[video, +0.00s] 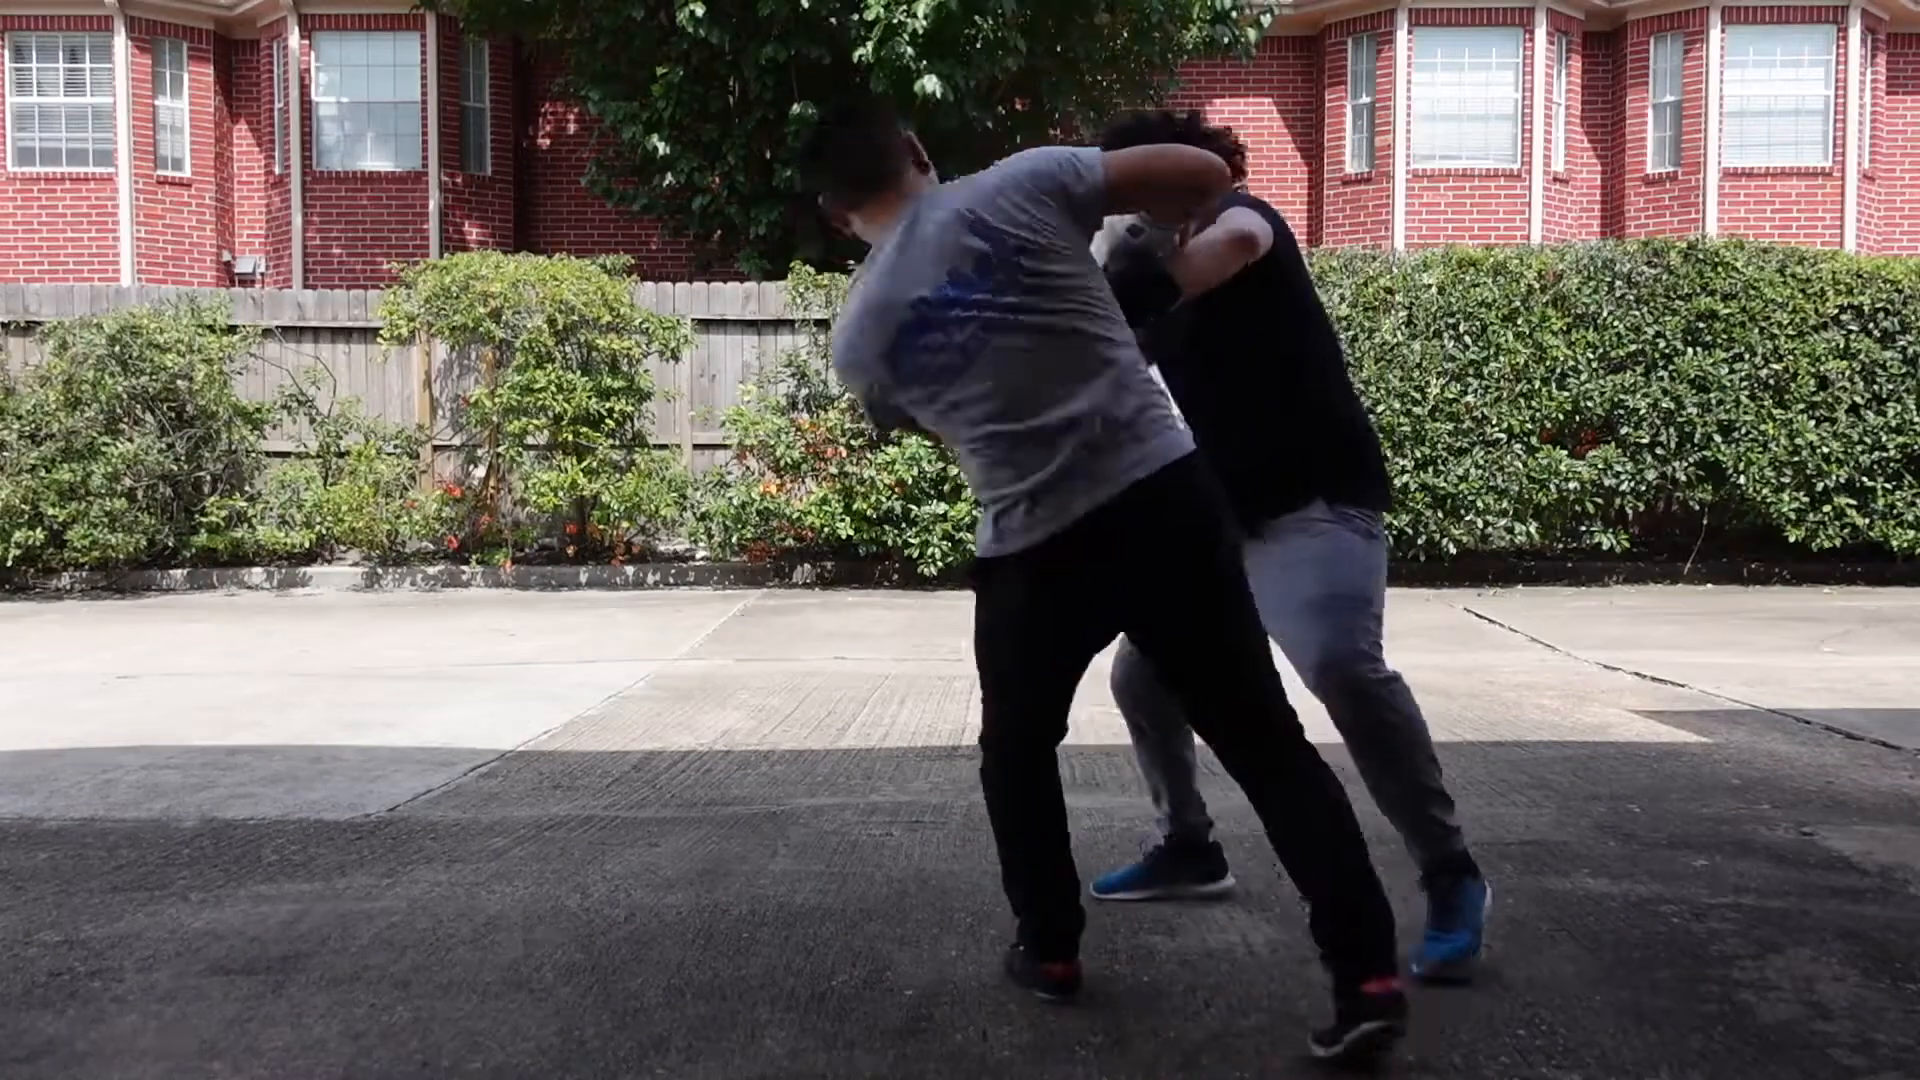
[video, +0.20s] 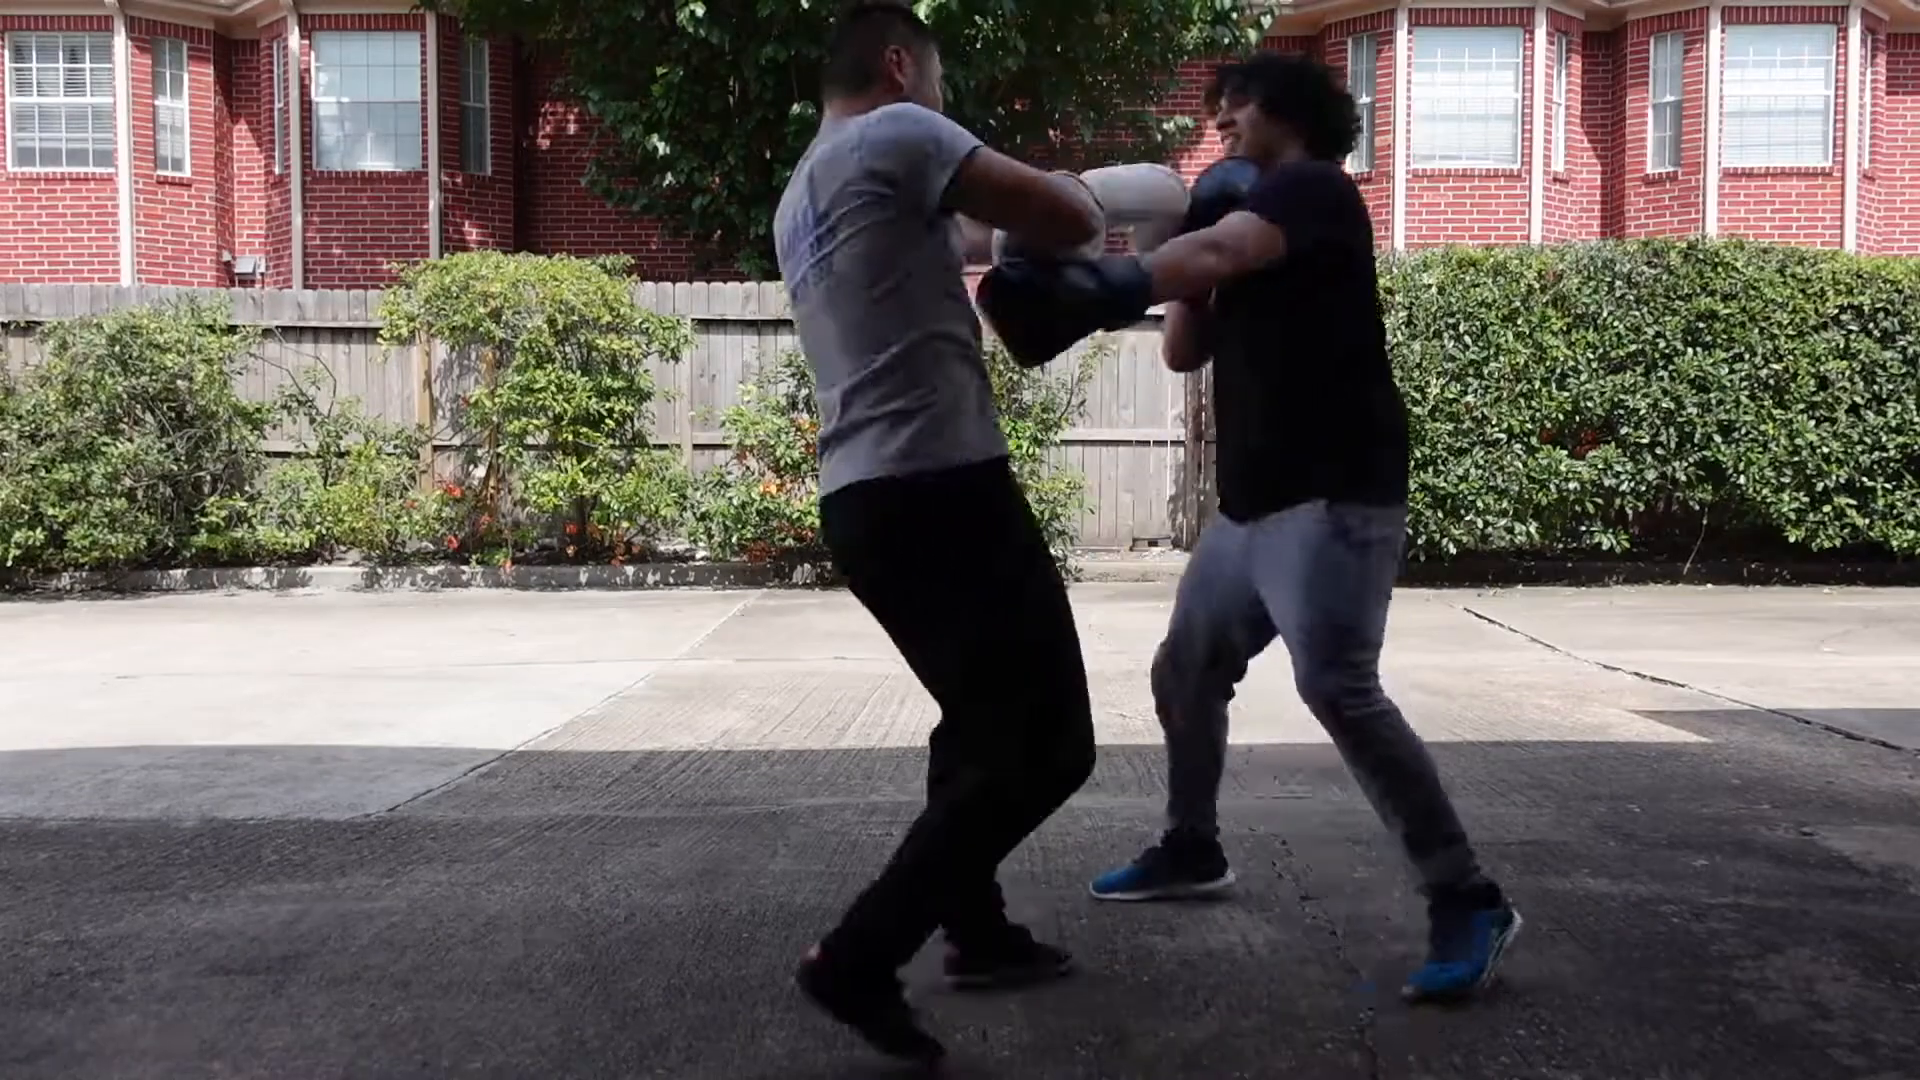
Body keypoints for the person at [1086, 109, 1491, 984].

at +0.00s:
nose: (1119, 207)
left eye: (1132, 190)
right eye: (1115, 193)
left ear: (1191, 178)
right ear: (1132, 199)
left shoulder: (1240, 216)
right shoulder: (1136, 265)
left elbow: (1226, 247)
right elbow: (1083, 336)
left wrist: (1118, 292)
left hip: (1314, 505)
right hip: (1216, 519)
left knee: (1339, 667)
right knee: (1139, 678)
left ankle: (1451, 878)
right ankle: (1187, 844)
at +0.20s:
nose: (1225, 125)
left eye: (1237, 109)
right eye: (1224, 113)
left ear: (1282, 116)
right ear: (1265, 124)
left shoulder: (1316, 191)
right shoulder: (1243, 223)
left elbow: (1226, 254)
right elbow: (1182, 351)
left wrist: (1103, 280)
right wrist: (1195, 239)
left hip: (1335, 505)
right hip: (1248, 510)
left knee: (1338, 688)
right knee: (1183, 677)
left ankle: (1466, 899)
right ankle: (1190, 845)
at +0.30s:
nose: (1264, 96)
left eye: (1282, 76)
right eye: (1265, 81)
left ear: (1338, 81)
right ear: (1333, 90)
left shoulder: (1346, 168)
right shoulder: (1313, 184)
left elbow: (1266, 311)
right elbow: (1240, 339)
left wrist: (1125, 341)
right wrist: (1202, 250)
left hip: (1354, 483)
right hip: (1286, 484)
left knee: (1330, 673)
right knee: (1219, 657)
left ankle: (1449, 920)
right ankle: (1262, 840)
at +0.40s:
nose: (1290, 97)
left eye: (1311, 77)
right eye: (1292, 80)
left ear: (1371, 91)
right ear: (1351, 102)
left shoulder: (1382, 196)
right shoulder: (1354, 200)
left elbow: (1308, 347)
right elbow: (1289, 339)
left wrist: (1157, 335)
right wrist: (1230, 268)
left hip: (1384, 511)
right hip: (1328, 504)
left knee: (1354, 718)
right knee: (1267, 678)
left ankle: (1464, 950)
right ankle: (1285, 865)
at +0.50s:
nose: (1304, 96)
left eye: (1322, 76)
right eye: (1307, 78)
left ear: (1378, 87)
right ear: (1382, 93)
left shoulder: (1396, 193)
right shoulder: (1396, 189)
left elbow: (1314, 335)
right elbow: (1330, 328)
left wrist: (1189, 295)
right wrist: (1265, 255)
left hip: (1431, 506)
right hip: (1403, 500)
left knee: (1369, 707)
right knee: (1308, 651)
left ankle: (1464, 951)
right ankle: (1331, 857)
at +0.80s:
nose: (1377, 126)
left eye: (1391, 106)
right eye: (1374, 109)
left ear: (1451, 113)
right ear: (1444, 119)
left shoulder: (1488, 203)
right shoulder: (1459, 207)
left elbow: (1407, 310)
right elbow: (1391, 343)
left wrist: (1311, 218)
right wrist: (1322, 244)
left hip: (1514, 507)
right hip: (1524, 501)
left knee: (1442, 693)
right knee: (1533, 689)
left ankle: (1471, 947)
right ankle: (1650, 869)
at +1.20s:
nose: (1370, 137)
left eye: (1383, 117)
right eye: (1364, 122)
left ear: (1441, 115)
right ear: (1384, 127)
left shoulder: (1495, 203)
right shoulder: (1416, 219)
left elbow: (1440, 295)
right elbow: (1343, 327)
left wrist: (1350, 197)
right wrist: (1313, 253)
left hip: (1531, 501)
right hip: (1489, 501)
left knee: (1470, 685)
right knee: (1499, 686)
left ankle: (1536, 920)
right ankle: (1620, 842)